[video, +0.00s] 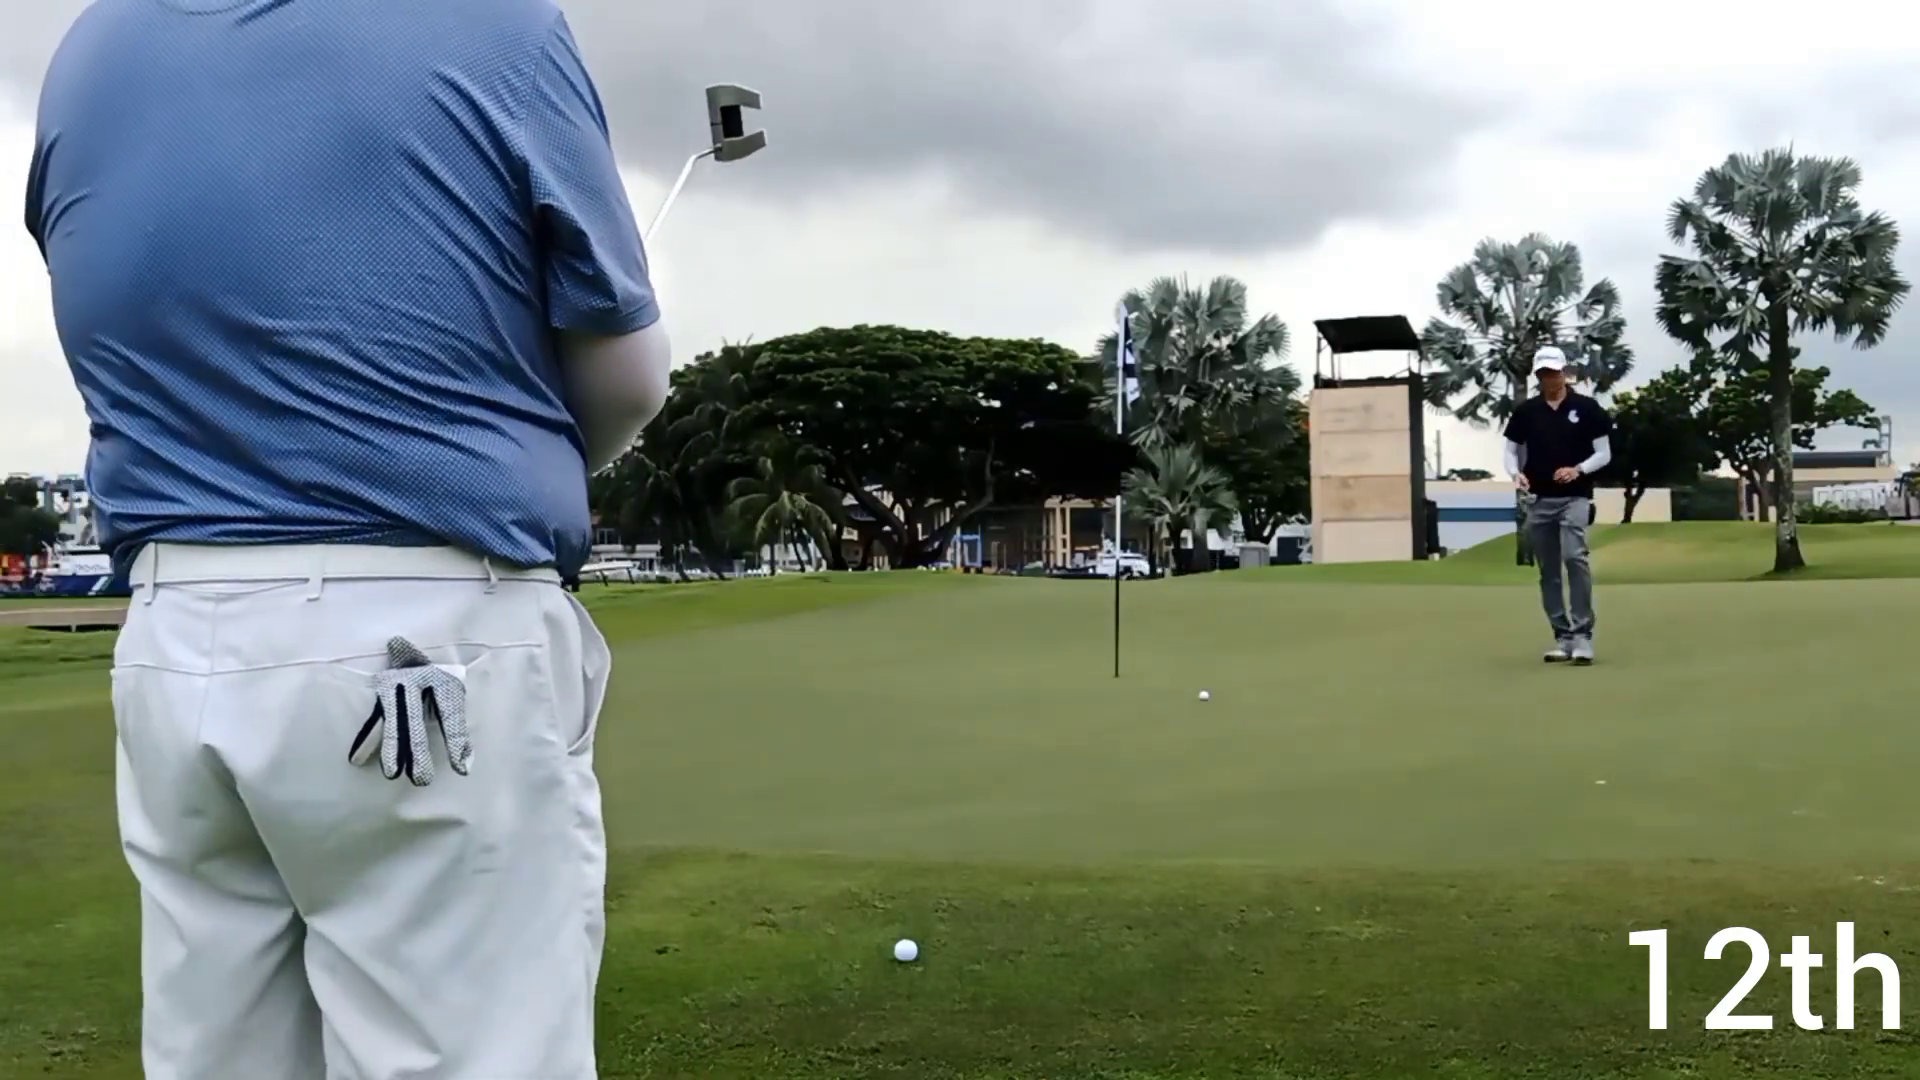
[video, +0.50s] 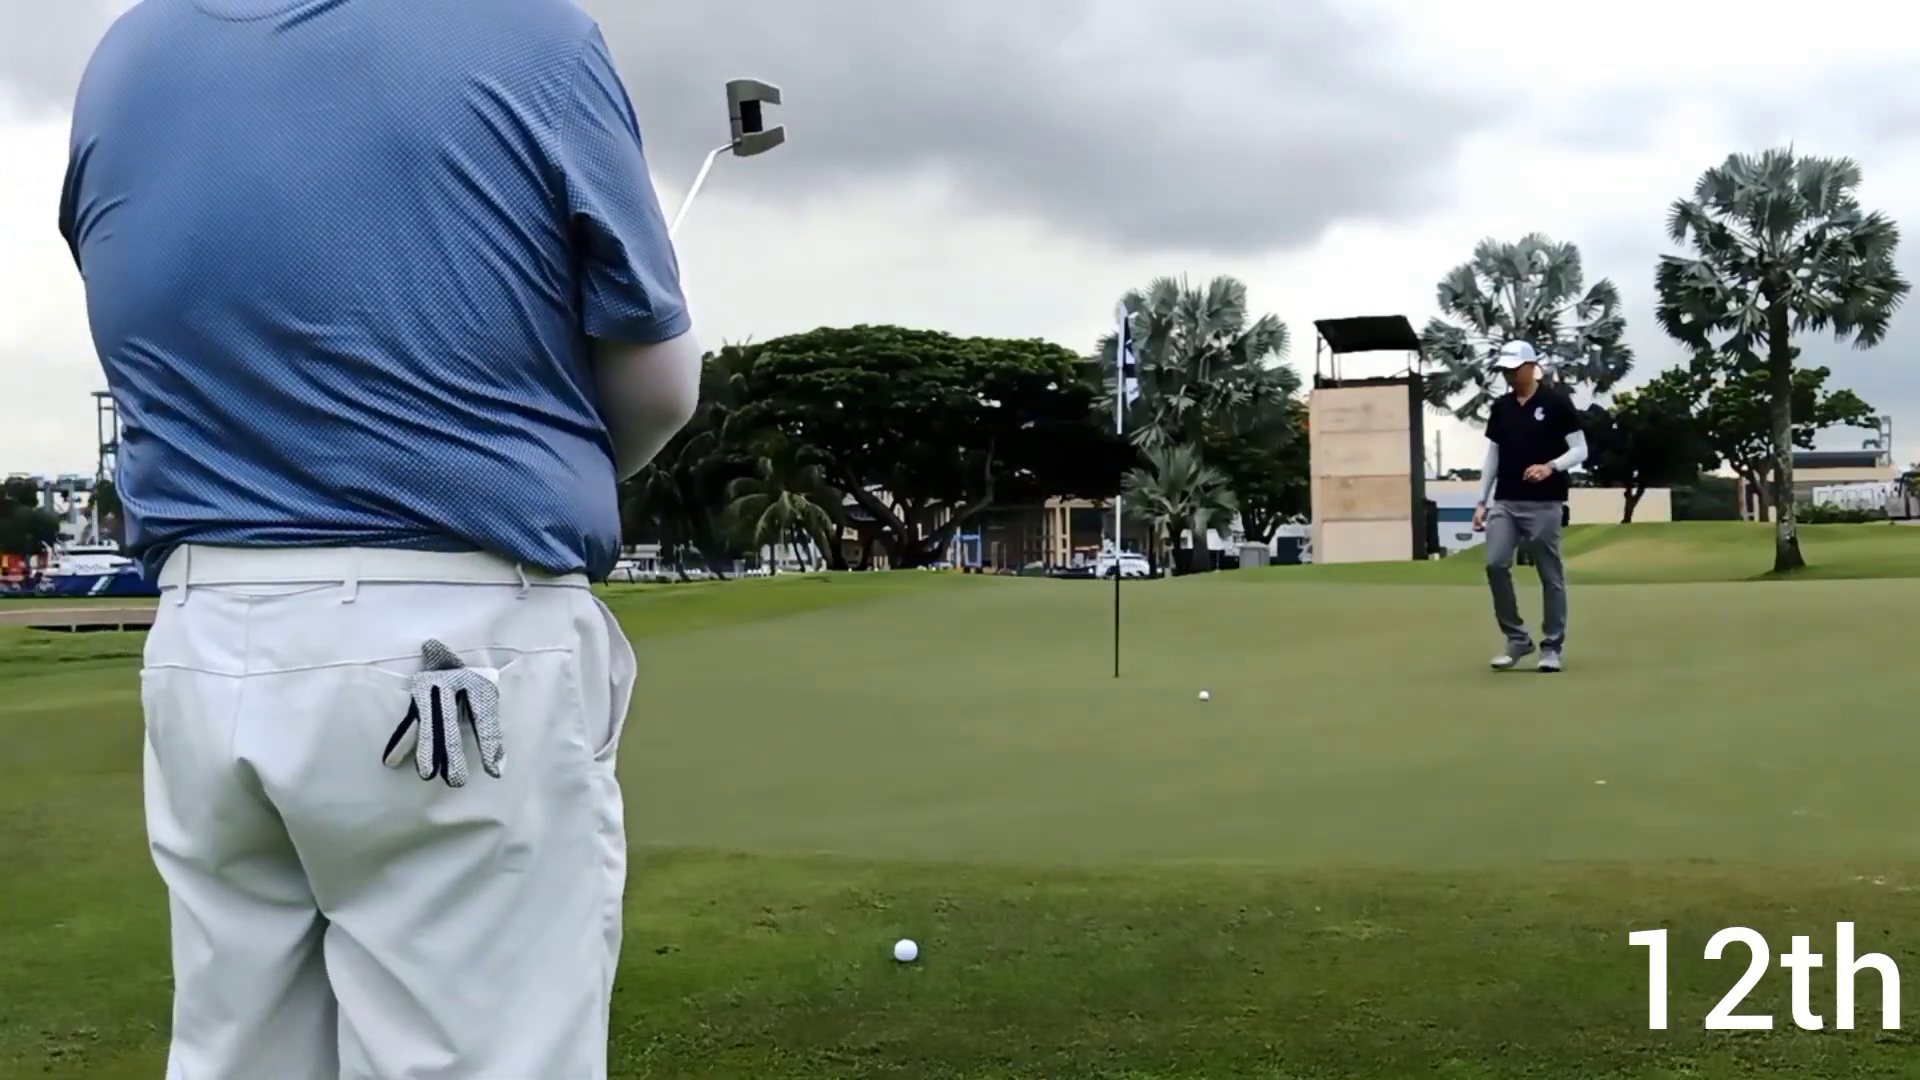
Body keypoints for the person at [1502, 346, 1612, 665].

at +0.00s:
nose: (1548, 378)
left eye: (1553, 372)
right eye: (1543, 373)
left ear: (1564, 373)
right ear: (1536, 377)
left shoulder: (1587, 408)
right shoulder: (1525, 412)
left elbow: (1603, 453)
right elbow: (1510, 451)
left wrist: (1578, 470)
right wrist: (1515, 473)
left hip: (1575, 499)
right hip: (1540, 501)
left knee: (1574, 558)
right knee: (1548, 571)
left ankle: (1582, 635)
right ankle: (1562, 638)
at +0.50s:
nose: (1508, 376)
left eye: (1514, 369)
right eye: (1505, 370)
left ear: (1532, 367)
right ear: (1504, 371)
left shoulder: (1556, 402)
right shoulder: (1501, 407)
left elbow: (1580, 450)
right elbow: (1492, 455)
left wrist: (1551, 466)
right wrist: (1482, 500)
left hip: (1544, 507)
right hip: (1504, 505)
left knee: (1551, 577)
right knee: (1495, 565)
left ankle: (1552, 647)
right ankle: (1516, 640)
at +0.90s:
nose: (1482, 369)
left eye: (1486, 362)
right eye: (1474, 364)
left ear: (1494, 363)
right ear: (1462, 370)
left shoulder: (1515, 402)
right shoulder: (1451, 410)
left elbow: (1527, 454)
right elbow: (1444, 464)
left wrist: (1526, 500)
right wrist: (1440, 510)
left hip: (1505, 507)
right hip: (1463, 509)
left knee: (1509, 574)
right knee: (1464, 584)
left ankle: (1529, 632)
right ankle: (1474, 658)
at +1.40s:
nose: (1435, 374)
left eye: (1441, 366)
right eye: (1430, 368)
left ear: (1458, 364)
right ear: (1425, 370)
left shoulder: (1487, 406)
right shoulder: (1420, 414)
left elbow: (1513, 458)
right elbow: (1409, 466)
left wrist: (1539, 504)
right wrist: (1390, 513)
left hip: (1477, 511)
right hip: (1436, 517)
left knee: (1476, 578)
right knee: (1434, 593)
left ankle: (1486, 665)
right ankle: (1463, 640)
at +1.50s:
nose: (1423, 371)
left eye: (1428, 363)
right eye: (1417, 365)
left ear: (1447, 358)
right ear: (1413, 366)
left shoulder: (1476, 399)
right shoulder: (1412, 406)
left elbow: (1499, 455)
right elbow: (1405, 462)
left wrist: (1513, 505)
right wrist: (1396, 512)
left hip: (1467, 510)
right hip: (1424, 514)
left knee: (1475, 586)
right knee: (1418, 585)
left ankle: (1485, 667)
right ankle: (1454, 640)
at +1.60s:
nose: (1405, 369)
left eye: (1410, 362)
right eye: (1401, 363)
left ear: (1431, 357)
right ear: (1401, 363)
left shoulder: (1464, 394)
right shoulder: (1404, 402)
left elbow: (1479, 445)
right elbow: (1400, 459)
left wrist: (1477, 494)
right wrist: (1398, 509)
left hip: (1454, 510)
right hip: (1413, 512)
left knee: (1473, 588)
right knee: (1396, 575)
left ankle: (1484, 667)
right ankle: (1431, 658)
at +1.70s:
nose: (1385, 373)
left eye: (1390, 366)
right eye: (1382, 368)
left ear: (1412, 359)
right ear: (1386, 368)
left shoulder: (1445, 393)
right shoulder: (1392, 405)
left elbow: (1456, 445)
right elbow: (1399, 456)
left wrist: (1436, 478)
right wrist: (1396, 502)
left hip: (1445, 516)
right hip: (1402, 516)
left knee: (1468, 590)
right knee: (1382, 579)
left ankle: (1483, 669)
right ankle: (1385, 670)